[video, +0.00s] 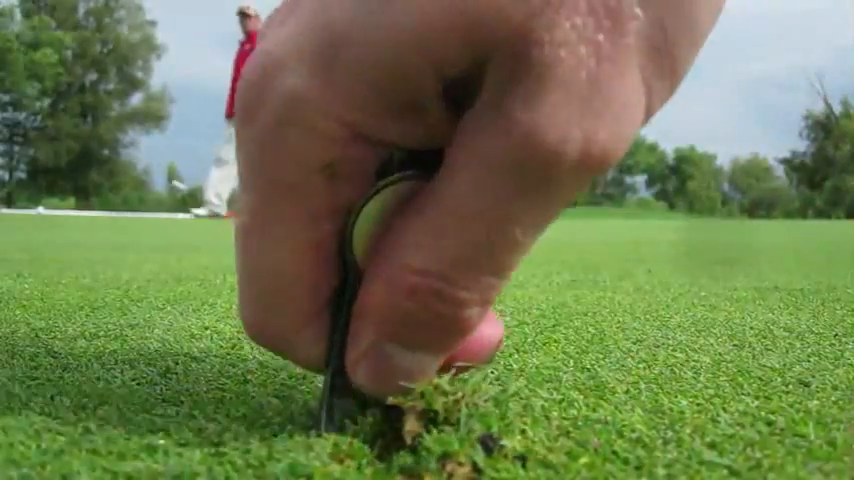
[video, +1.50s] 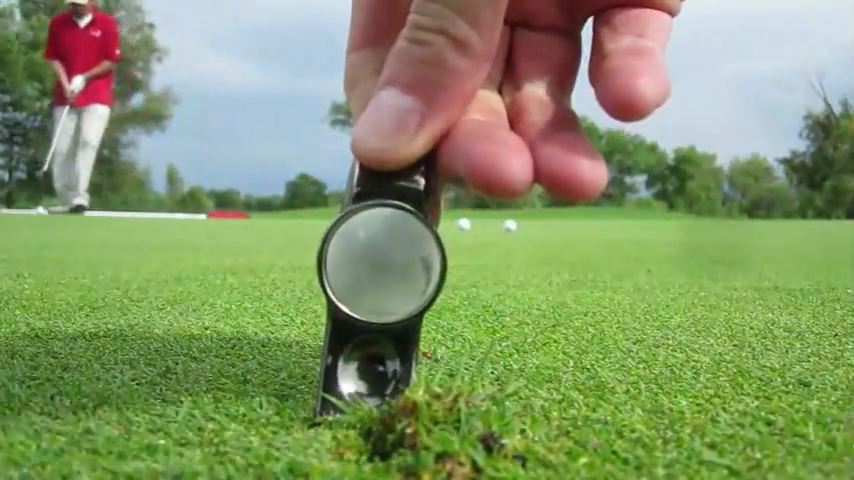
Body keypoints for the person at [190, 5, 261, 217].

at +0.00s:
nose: (244, 22)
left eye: (248, 18)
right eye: (242, 19)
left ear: (258, 19)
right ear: (241, 22)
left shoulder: (261, 43)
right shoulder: (244, 45)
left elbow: (255, 78)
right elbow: (237, 78)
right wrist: (231, 109)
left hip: (251, 114)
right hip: (236, 114)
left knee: (227, 159)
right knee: (226, 159)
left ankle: (215, 203)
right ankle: (215, 203)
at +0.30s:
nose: (200, 17)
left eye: (203, 12)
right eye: (198, 13)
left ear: (214, 12)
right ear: (199, 15)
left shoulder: (225, 34)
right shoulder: (202, 40)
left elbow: (230, 65)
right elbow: (196, 74)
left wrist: (211, 88)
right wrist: (179, 96)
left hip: (213, 99)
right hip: (198, 101)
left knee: (196, 145)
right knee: (201, 148)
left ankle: (207, 198)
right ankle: (205, 199)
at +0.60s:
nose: (164, 15)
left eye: (168, 11)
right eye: (162, 11)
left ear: (179, 11)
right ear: (160, 13)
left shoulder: (189, 34)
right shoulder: (159, 39)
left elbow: (194, 68)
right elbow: (152, 68)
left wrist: (166, 82)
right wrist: (145, 83)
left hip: (177, 98)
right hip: (161, 98)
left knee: (158, 149)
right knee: (172, 153)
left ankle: (143, 201)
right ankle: (201, 195)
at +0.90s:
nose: (128, 6)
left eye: (132, 3)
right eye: (126, 3)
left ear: (143, 4)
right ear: (123, 5)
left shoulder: (153, 26)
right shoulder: (122, 29)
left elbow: (159, 61)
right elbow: (116, 59)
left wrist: (128, 73)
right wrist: (110, 77)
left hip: (141, 98)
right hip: (119, 98)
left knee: (138, 150)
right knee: (102, 146)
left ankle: (140, 201)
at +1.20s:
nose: (89, 12)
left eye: (93, 8)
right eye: (87, 8)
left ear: (106, 6)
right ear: (84, 8)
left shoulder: (120, 26)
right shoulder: (78, 28)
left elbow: (128, 61)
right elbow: (75, 61)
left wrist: (99, 78)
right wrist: (77, 80)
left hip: (111, 94)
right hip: (84, 95)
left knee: (104, 143)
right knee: (70, 148)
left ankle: (129, 194)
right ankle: (69, 201)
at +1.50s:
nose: (77, 5)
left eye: (81, 2)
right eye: (74, 2)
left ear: (92, 2)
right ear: (70, 3)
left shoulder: (107, 23)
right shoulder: (58, 23)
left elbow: (112, 60)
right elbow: (53, 57)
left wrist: (84, 77)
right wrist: (65, 82)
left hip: (96, 95)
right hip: (66, 95)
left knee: (88, 144)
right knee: (62, 148)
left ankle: (80, 197)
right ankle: (66, 198)